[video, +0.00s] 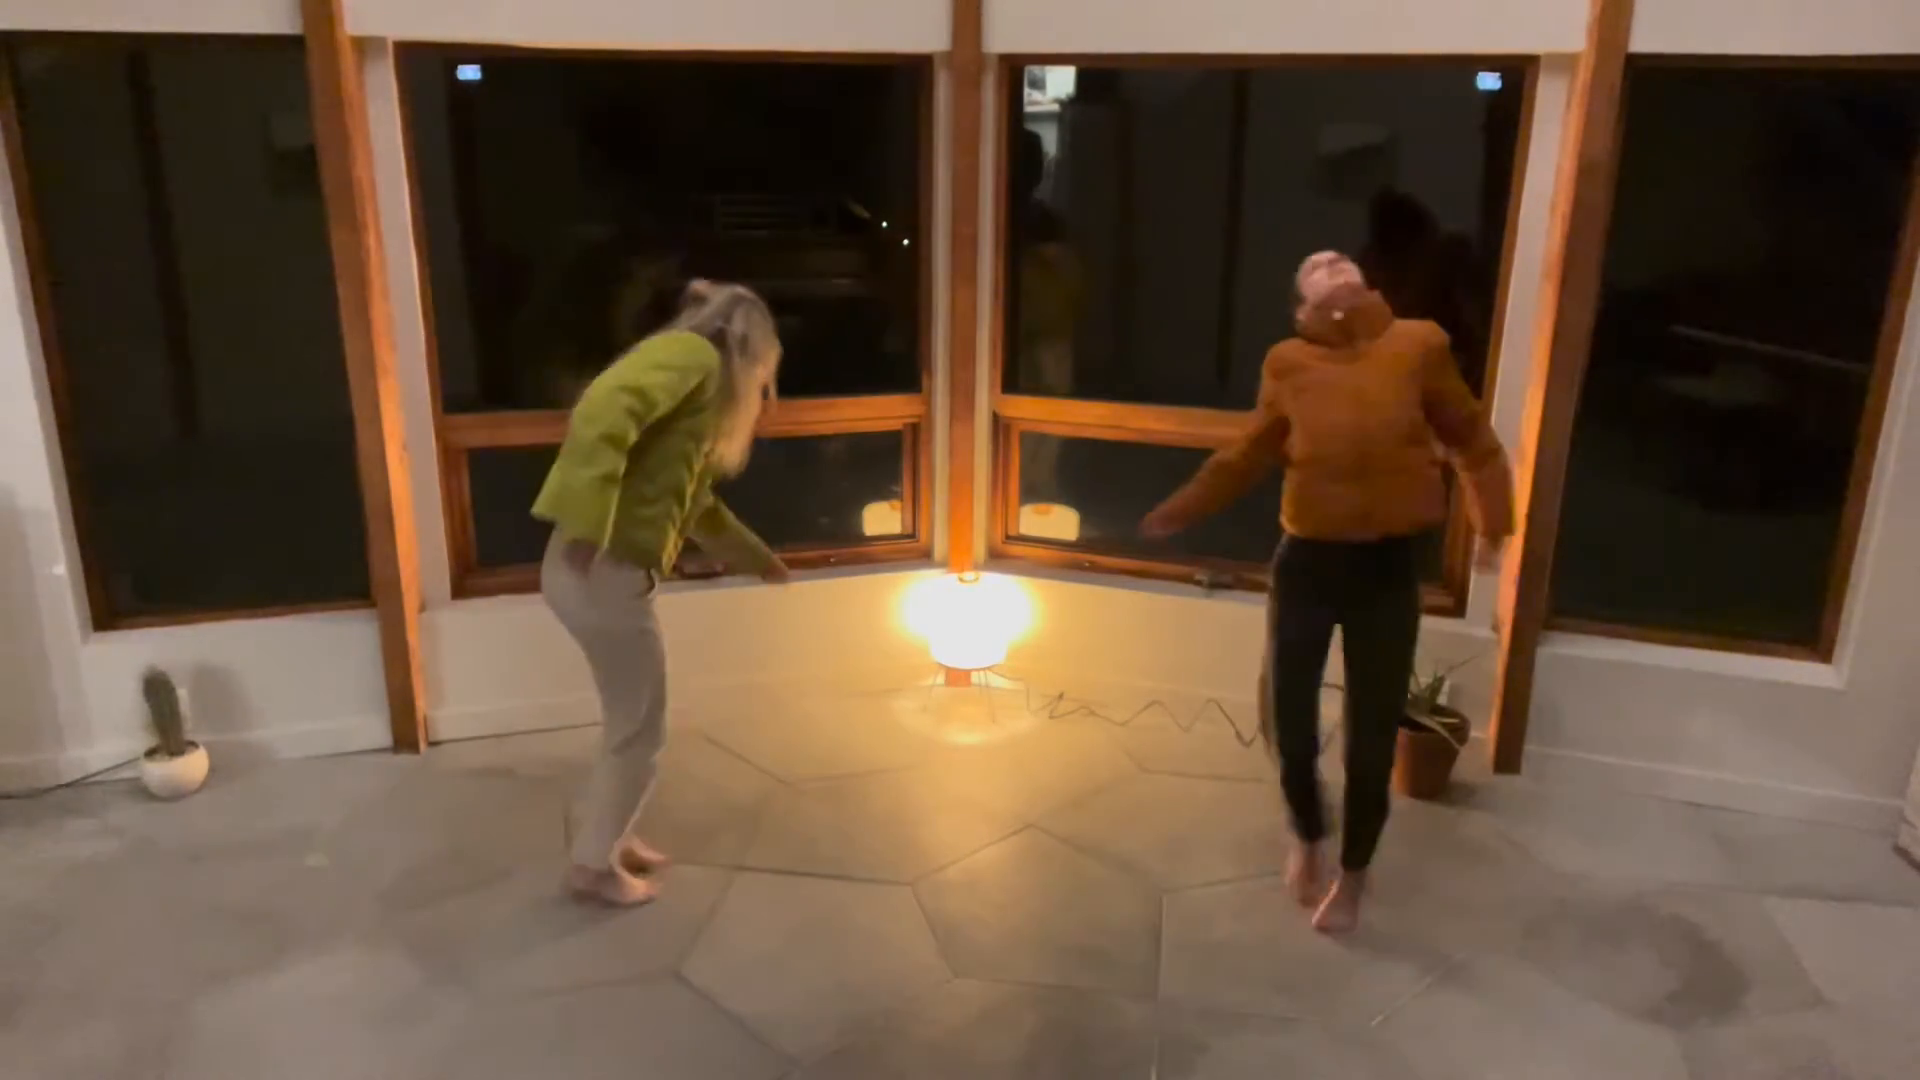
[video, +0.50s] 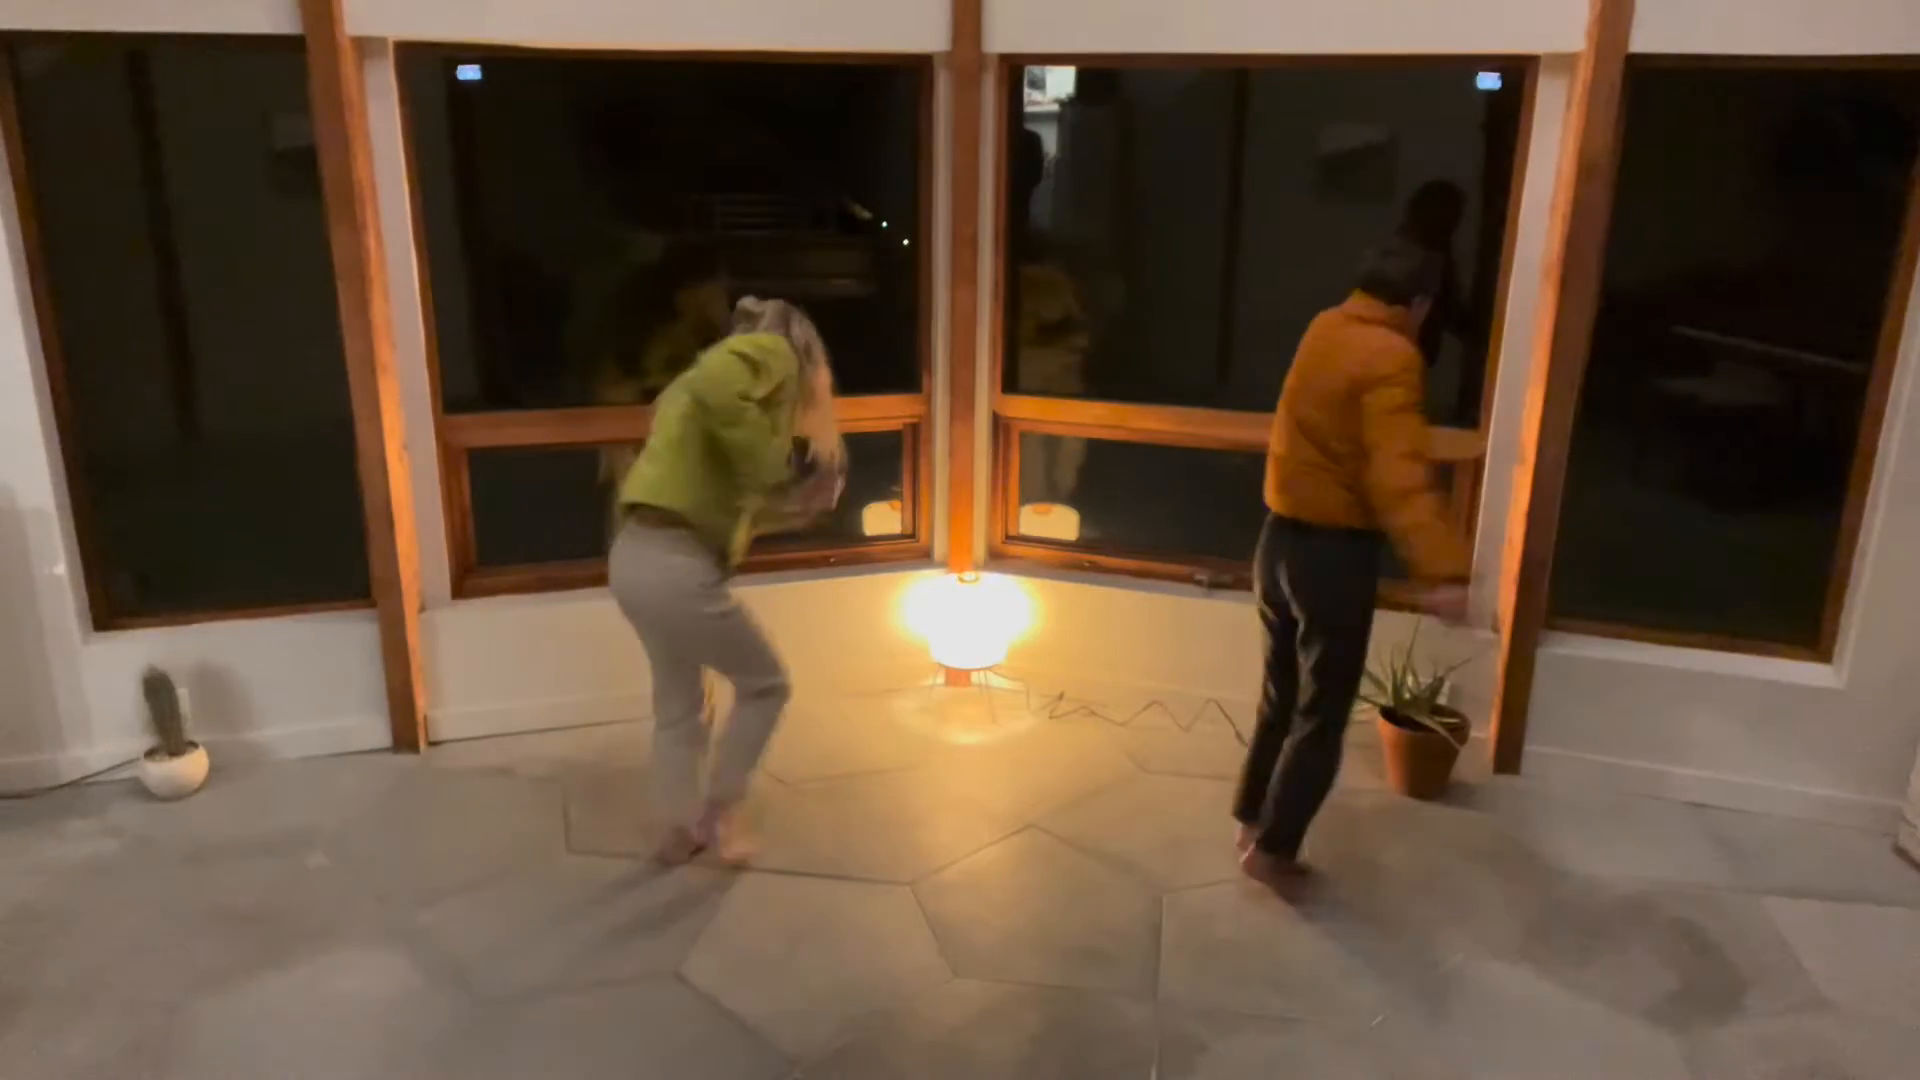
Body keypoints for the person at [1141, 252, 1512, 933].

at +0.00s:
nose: (1343, 272)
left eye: (1345, 265)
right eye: (1326, 272)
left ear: (1366, 289)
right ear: (1307, 308)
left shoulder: (1419, 348)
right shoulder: (1289, 363)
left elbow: (1474, 442)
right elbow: (1251, 452)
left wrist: (1496, 527)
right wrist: (1178, 509)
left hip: (1388, 560)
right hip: (1307, 559)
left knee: (1371, 731)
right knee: (1290, 716)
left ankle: (1352, 876)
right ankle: (1308, 837)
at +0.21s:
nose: (1405, 276)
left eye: (1398, 265)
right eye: (1385, 271)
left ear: (1396, 286)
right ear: (1354, 298)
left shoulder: (1407, 347)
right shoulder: (1325, 364)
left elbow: (1410, 450)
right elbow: (1253, 455)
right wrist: (1172, 538)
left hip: (1365, 558)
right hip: (1315, 558)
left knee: (1354, 718)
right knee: (1315, 716)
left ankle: (1324, 848)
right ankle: (1283, 853)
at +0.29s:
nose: (1432, 302)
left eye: (1429, 290)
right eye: (1422, 291)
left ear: (1384, 297)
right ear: (1389, 298)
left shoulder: (1380, 356)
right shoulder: (1352, 362)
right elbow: (1300, 455)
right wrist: (1247, 545)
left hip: (1338, 553)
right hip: (1320, 556)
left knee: (1324, 705)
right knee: (1325, 709)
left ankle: (1272, 837)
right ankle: (1273, 846)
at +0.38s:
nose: (1424, 325)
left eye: (1426, 312)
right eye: (1421, 312)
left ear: (1376, 302)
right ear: (1395, 310)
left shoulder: (1342, 345)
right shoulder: (1359, 364)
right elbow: (1320, 465)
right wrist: (1308, 565)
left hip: (1319, 545)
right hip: (1329, 553)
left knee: (1304, 700)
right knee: (1336, 726)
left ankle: (1252, 822)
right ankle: (1268, 848)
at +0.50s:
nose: (1426, 316)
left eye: (1427, 305)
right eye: (1429, 305)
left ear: (1366, 284)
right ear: (1417, 302)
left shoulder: (1324, 330)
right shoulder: (1390, 355)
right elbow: (1396, 475)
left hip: (1281, 537)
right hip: (1333, 550)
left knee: (1281, 695)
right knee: (1323, 708)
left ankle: (1253, 819)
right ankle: (1274, 850)